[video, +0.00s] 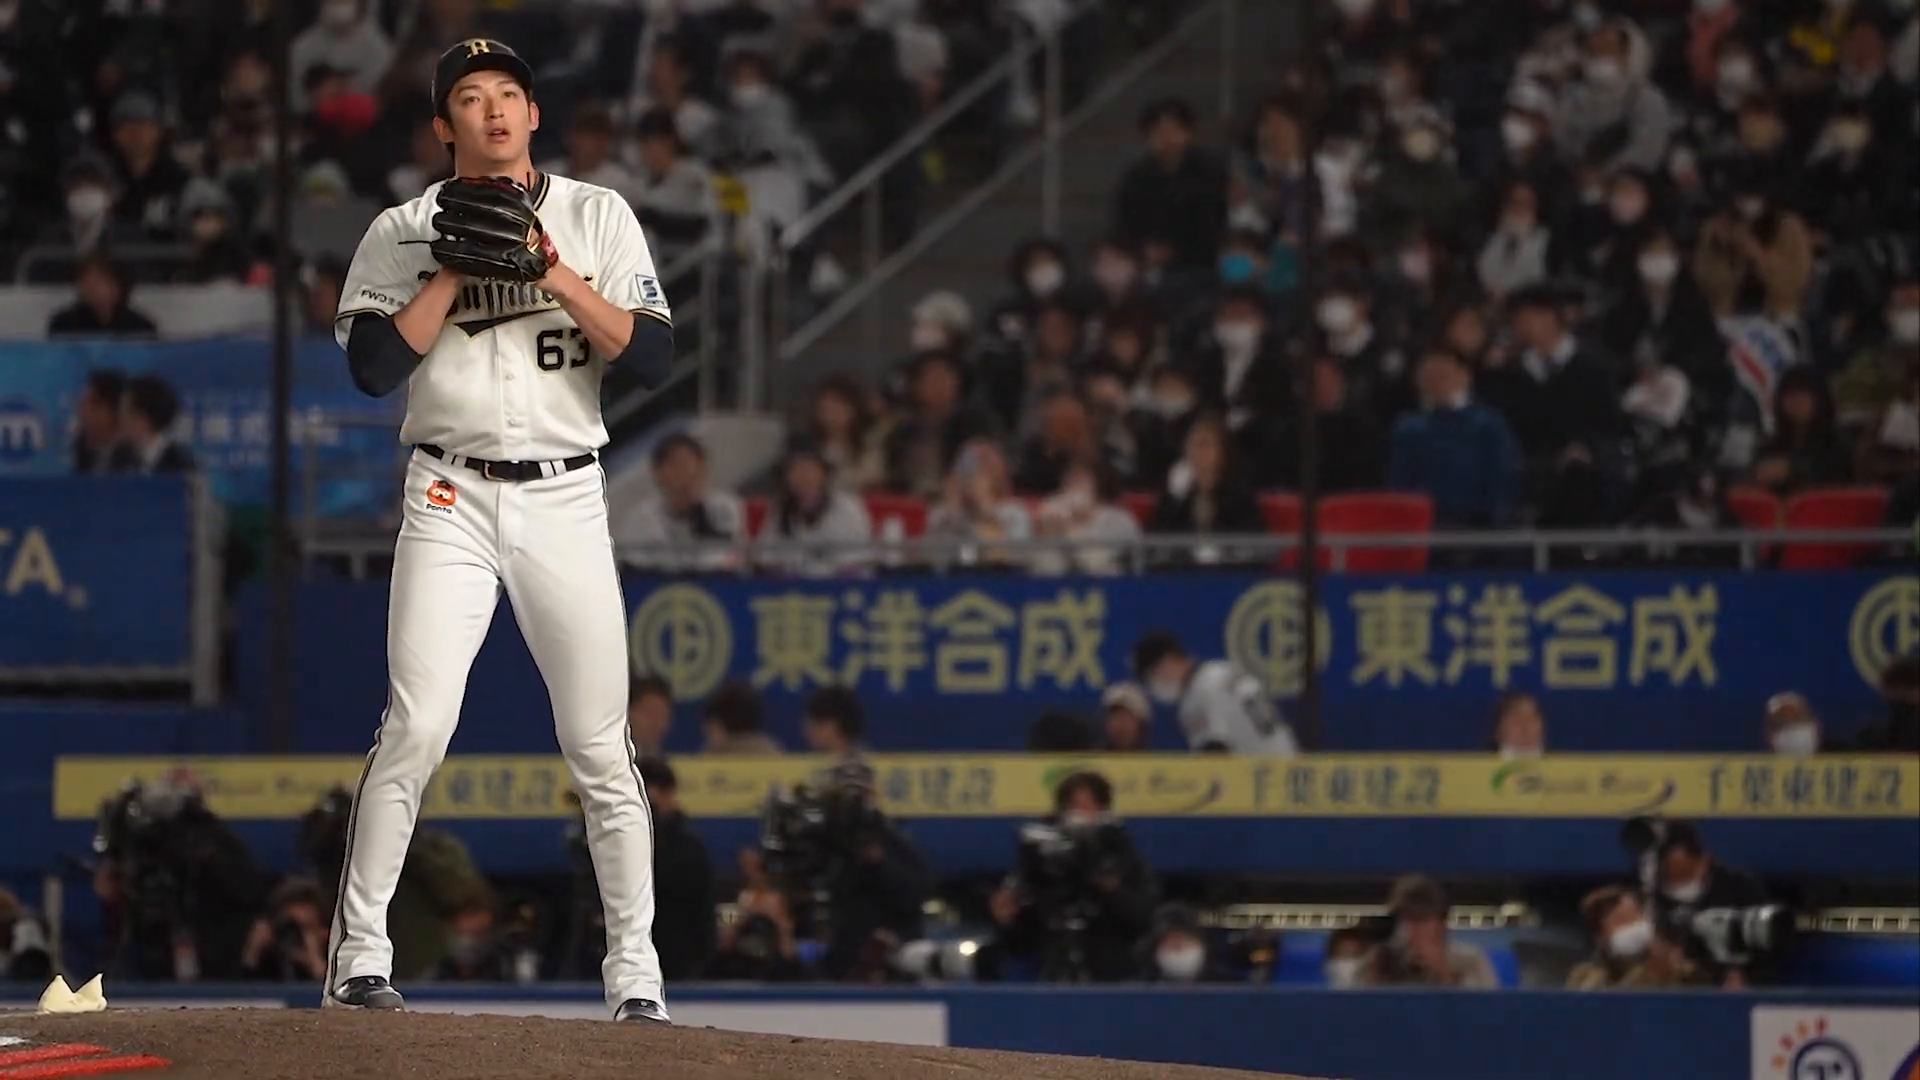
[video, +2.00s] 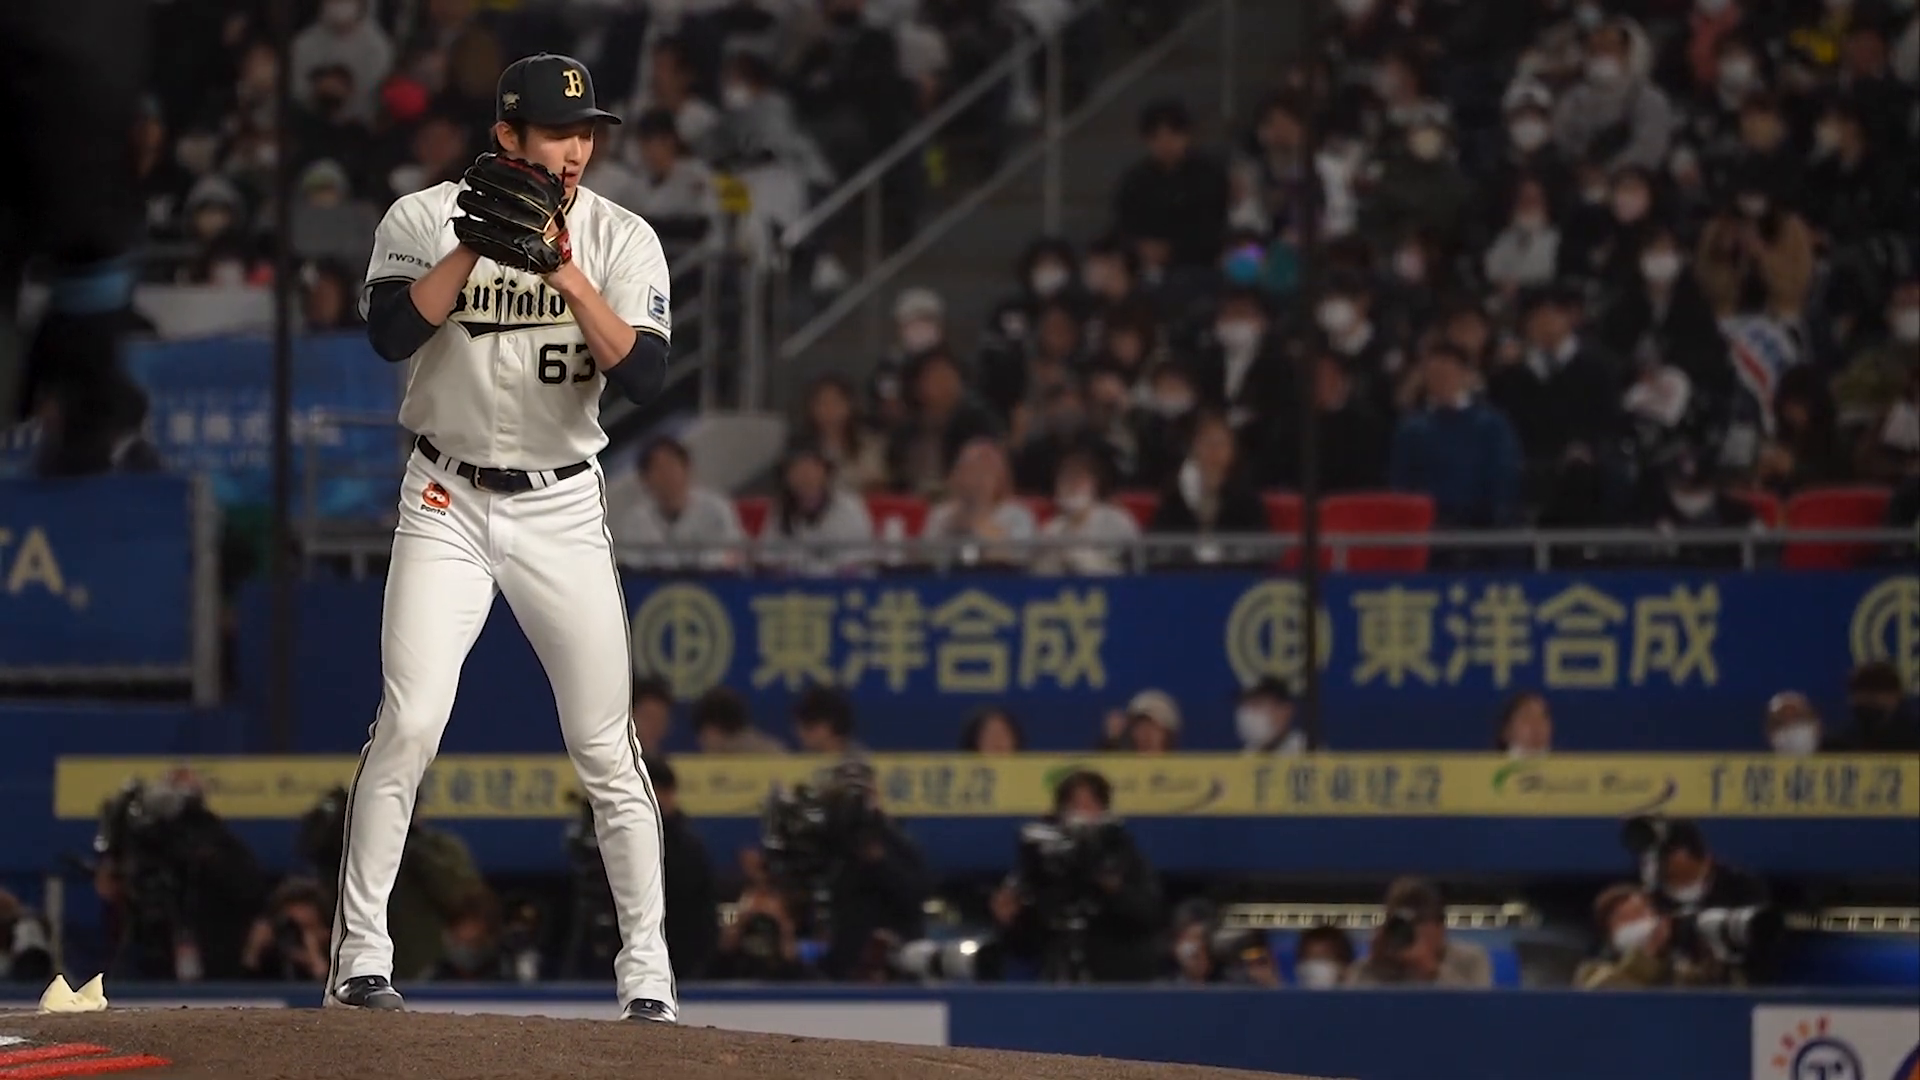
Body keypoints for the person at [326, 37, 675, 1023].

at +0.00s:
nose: (494, 111)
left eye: (507, 97)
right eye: (473, 102)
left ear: (535, 117)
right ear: (445, 131)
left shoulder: (595, 213)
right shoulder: (404, 229)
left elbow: (651, 355)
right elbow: (372, 370)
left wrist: (551, 269)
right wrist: (458, 266)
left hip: (566, 502)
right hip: (448, 498)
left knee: (598, 746)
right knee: (418, 726)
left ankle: (634, 973)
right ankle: (359, 955)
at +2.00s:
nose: (569, 153)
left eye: (583, 137)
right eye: (552, 134)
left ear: (597, 141)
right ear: (506, 132)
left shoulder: (623, 239)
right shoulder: (427, 217)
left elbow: (646, 384)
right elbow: (388, 337)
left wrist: (566, 273)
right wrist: (478, 243)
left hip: (563, 513)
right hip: (443, 503)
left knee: (603, 749)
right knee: (408, 724)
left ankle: (647, 975)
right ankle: (359, 960)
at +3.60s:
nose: (594, 146)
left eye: (596, 130)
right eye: (577, 129)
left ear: (584, 142)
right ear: (520, 137)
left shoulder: (624, 244)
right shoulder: (428, 223)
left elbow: (656, 386)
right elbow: (395, 354)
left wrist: (603, 317)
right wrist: (497, 276)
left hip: (569, 509)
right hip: (449, 503)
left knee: (595, 732)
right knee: (409, 721)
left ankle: (612, 945)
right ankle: (360, 957)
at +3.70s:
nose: (600, 183)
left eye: (600, 168)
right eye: (582, 168)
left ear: (584, 181)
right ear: (526, 180)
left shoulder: (627, 285)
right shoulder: (430, 268)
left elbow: (683, 434)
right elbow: (386, 409)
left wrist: (635, 430)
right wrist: (481, 382)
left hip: (575, 529)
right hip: (458, 529)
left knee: (557, 678)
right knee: (413, 729)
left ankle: (537, 861)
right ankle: (363, 948)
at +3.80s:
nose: (602, 248)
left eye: (602, 232)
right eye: (584, 233)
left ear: (595, 241)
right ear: (530, 245)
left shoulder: (634, 349)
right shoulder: (443, 338)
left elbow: (701, 486)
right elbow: (390, 479)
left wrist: (688, 574)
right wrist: (434, 564)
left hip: (590, 567)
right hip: (474, 570)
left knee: (591, 715)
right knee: (425, 743)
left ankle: (551, 929)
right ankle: (362, 954)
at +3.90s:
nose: (619, 312)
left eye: (618, 295)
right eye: (599, 298)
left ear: (612, 305)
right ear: (546, 312)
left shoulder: (656, 405)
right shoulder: (460, 407)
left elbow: (752, 523)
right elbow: (395, 554)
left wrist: (829, 650)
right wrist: (347, 700)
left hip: (625, 618)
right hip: (505, 629)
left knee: (673, 765)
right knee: (451, 762)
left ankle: (739, 930)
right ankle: (365, 962)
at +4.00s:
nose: (673, 369)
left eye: (673, 353)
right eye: (654, 354)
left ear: (660, 366)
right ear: (594, 367)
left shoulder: (709, 449)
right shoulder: (505, 466)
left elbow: (858, 511)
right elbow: (392, 569)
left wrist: (1006, 548)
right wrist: (275, 662)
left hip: (692, 673)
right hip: (569, 687)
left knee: (815, 789)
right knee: (500, 792)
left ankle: (973, 962)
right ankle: (382, 947)